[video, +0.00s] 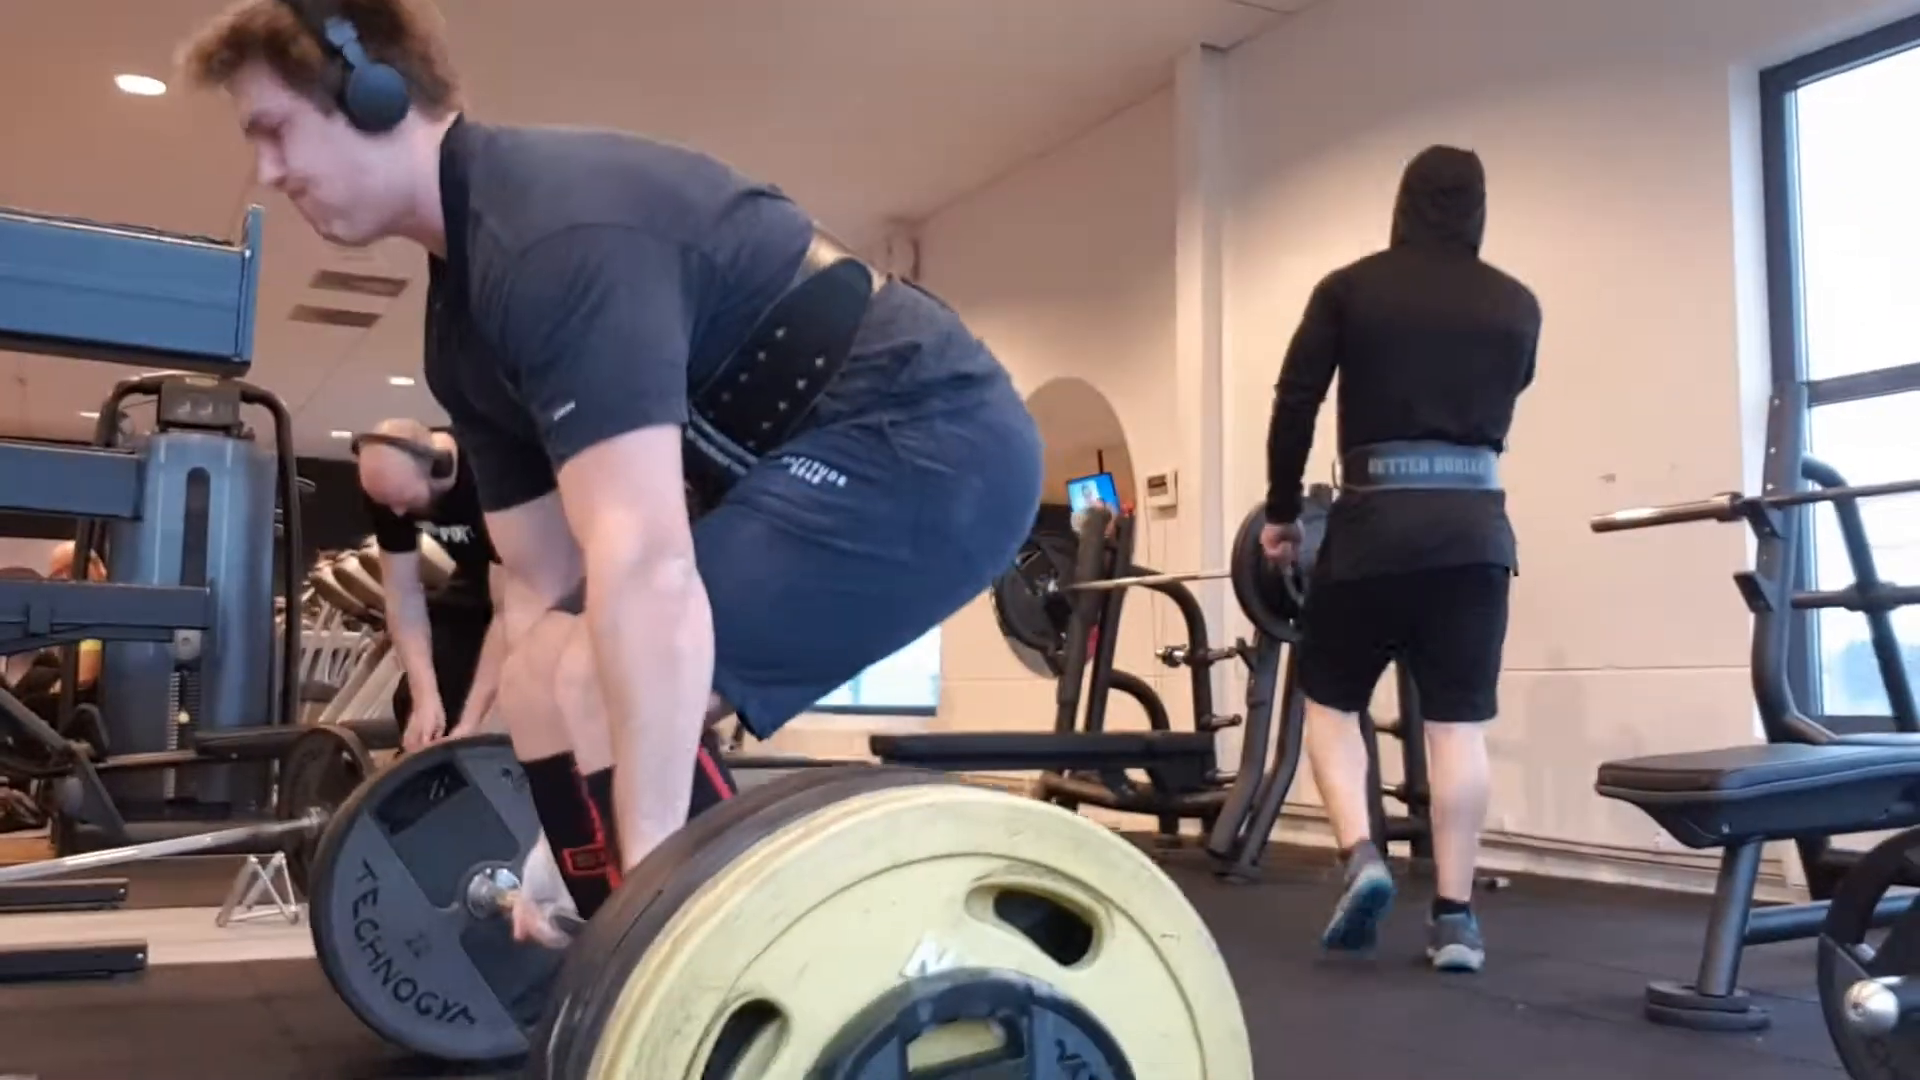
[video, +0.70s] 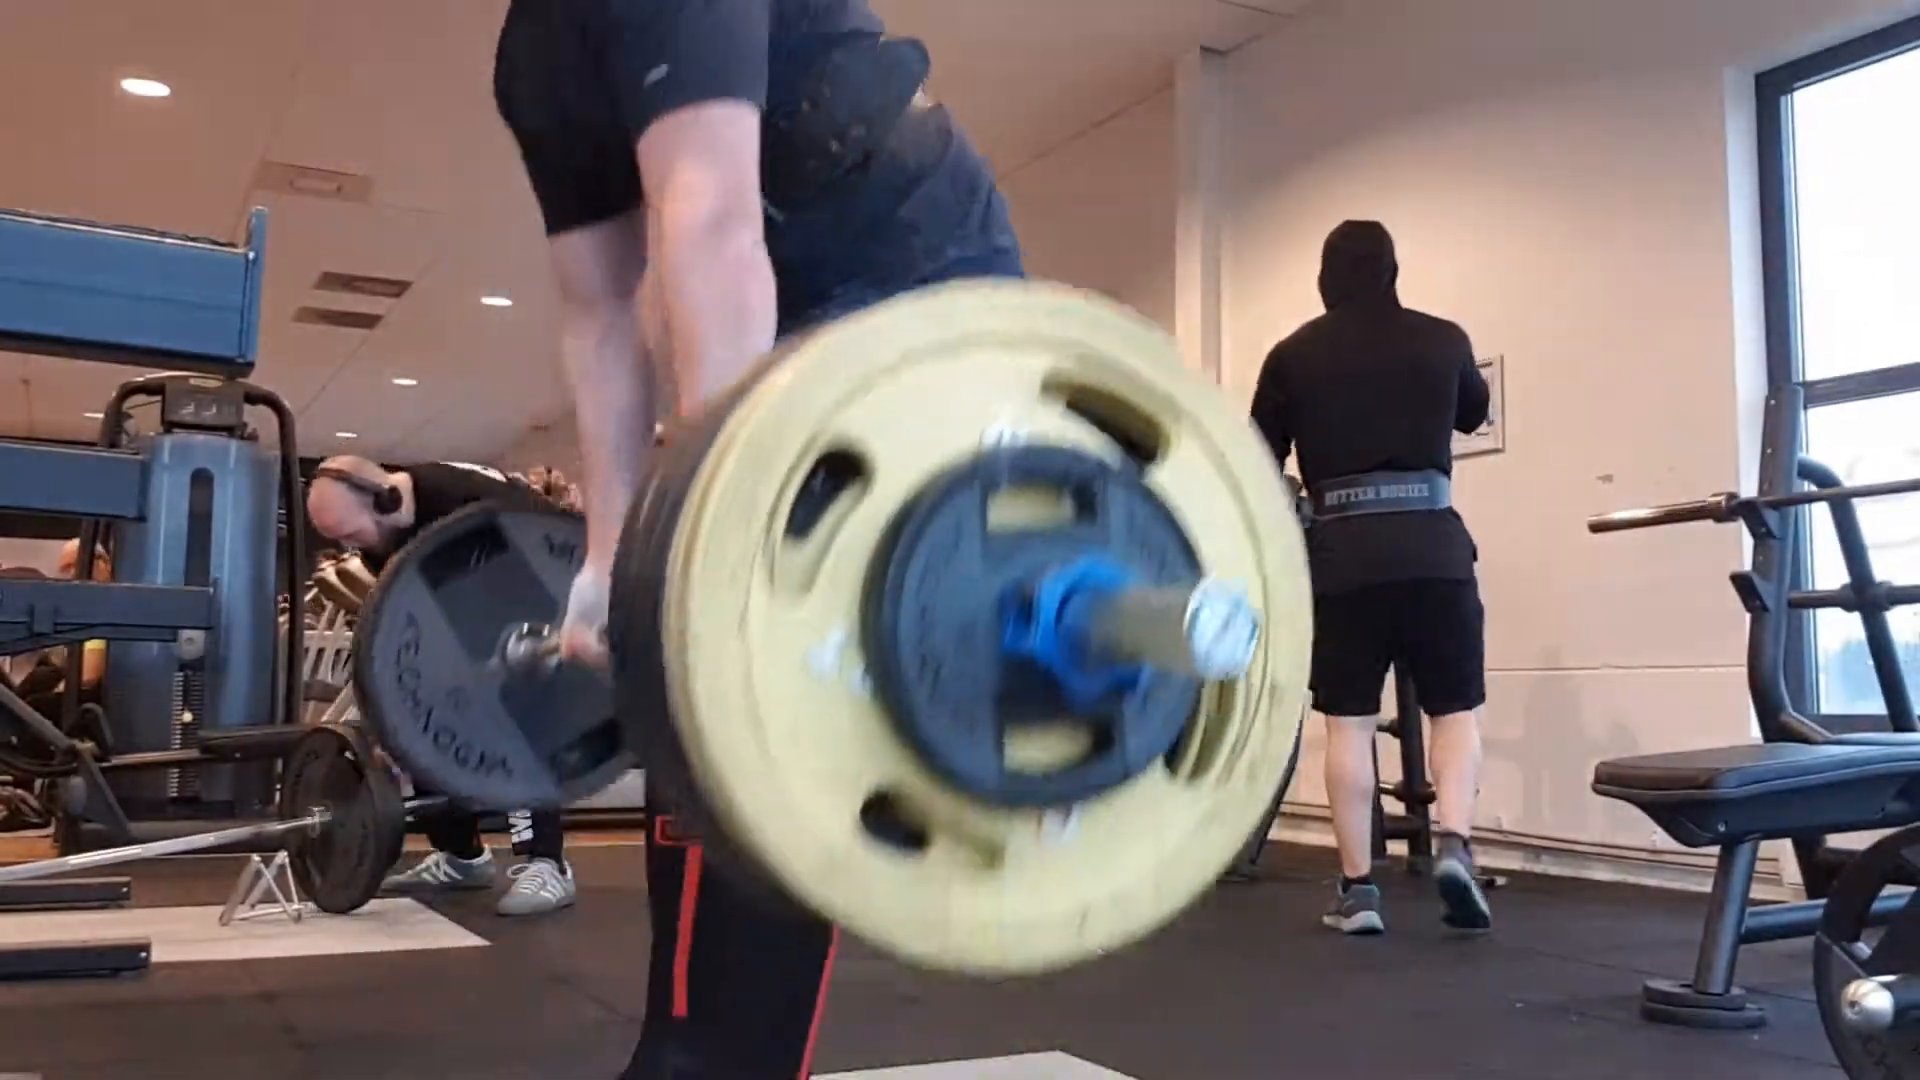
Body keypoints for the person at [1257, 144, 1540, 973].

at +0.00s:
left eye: (1423, 196)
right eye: (1464, 204)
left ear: (1402, 208)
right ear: (1479, 216)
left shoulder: (1348, 288)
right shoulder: (1516, 303)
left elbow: (1295, 404)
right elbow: (1502, 400)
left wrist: (1282, 511)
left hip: (1373, 530)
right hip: (1474, 531)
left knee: (1331, 698)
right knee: (1458, 724)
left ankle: (1362, 857)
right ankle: (1455, 917)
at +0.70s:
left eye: (1331, 269)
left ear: (1326, 279)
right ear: (1394, 275)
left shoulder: (1293, 356)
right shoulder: (1442, 340)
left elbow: (1259, 464)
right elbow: (1472, 415)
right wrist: (1427, 374)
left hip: (1343, 566)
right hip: (1435, 558)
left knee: (1347, 724)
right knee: (1453, 708)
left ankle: (1359, 890)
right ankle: (1453, 847)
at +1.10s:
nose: (1356, 311)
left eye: (1356, 301)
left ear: (1356, 307)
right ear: (1421, 304)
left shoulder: (1332, 376)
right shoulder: (1468, 374)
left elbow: (1294, 480)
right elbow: (1491, 454)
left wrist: (1300, 562)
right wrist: (1446, 415)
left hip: (1357, 569)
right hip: (1444, 570)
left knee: (1353, 719)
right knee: (1448, 729)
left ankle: (1358, 874)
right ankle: (1460, 878)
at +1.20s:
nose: (1370, 310)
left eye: (1371, 300)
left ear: (1370, 306)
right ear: (1436, 305)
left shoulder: (1344, 373)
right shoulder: (1481, 376)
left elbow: (1307, 472)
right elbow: (1503, 461)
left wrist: (1297, 559)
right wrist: (1443, 436)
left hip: (1369, 571)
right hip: (1453, 573)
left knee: (1348, 716)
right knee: (1453, 726)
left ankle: (1356, 841)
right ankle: (1460, 877)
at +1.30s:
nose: (1377, 315)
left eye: (1380, 305)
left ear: (1380, 309)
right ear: (1445, 311)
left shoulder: (1353, 375)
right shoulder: (1487, 383)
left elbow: (1311, 470)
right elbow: (1508, 471)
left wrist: (1298, 554)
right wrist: (1441, 473)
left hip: (1378, 573)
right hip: (1459, 574)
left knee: (1340, 704)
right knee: (1456, 723)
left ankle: (1363, 819)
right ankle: (1460, 877)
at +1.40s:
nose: (1380, 320)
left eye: (1382, 310)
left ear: (1384, 313)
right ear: (1447, 315)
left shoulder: (1357, 376)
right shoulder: (1488, 387)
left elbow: (1316, 469)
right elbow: (1503, 480)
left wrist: (1298, 549)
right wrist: (1435, 493)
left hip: (1380, 571)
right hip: (1459, 574)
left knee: (1346, 703)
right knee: (1455, 721)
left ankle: (1374, 837)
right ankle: (1459, 875)